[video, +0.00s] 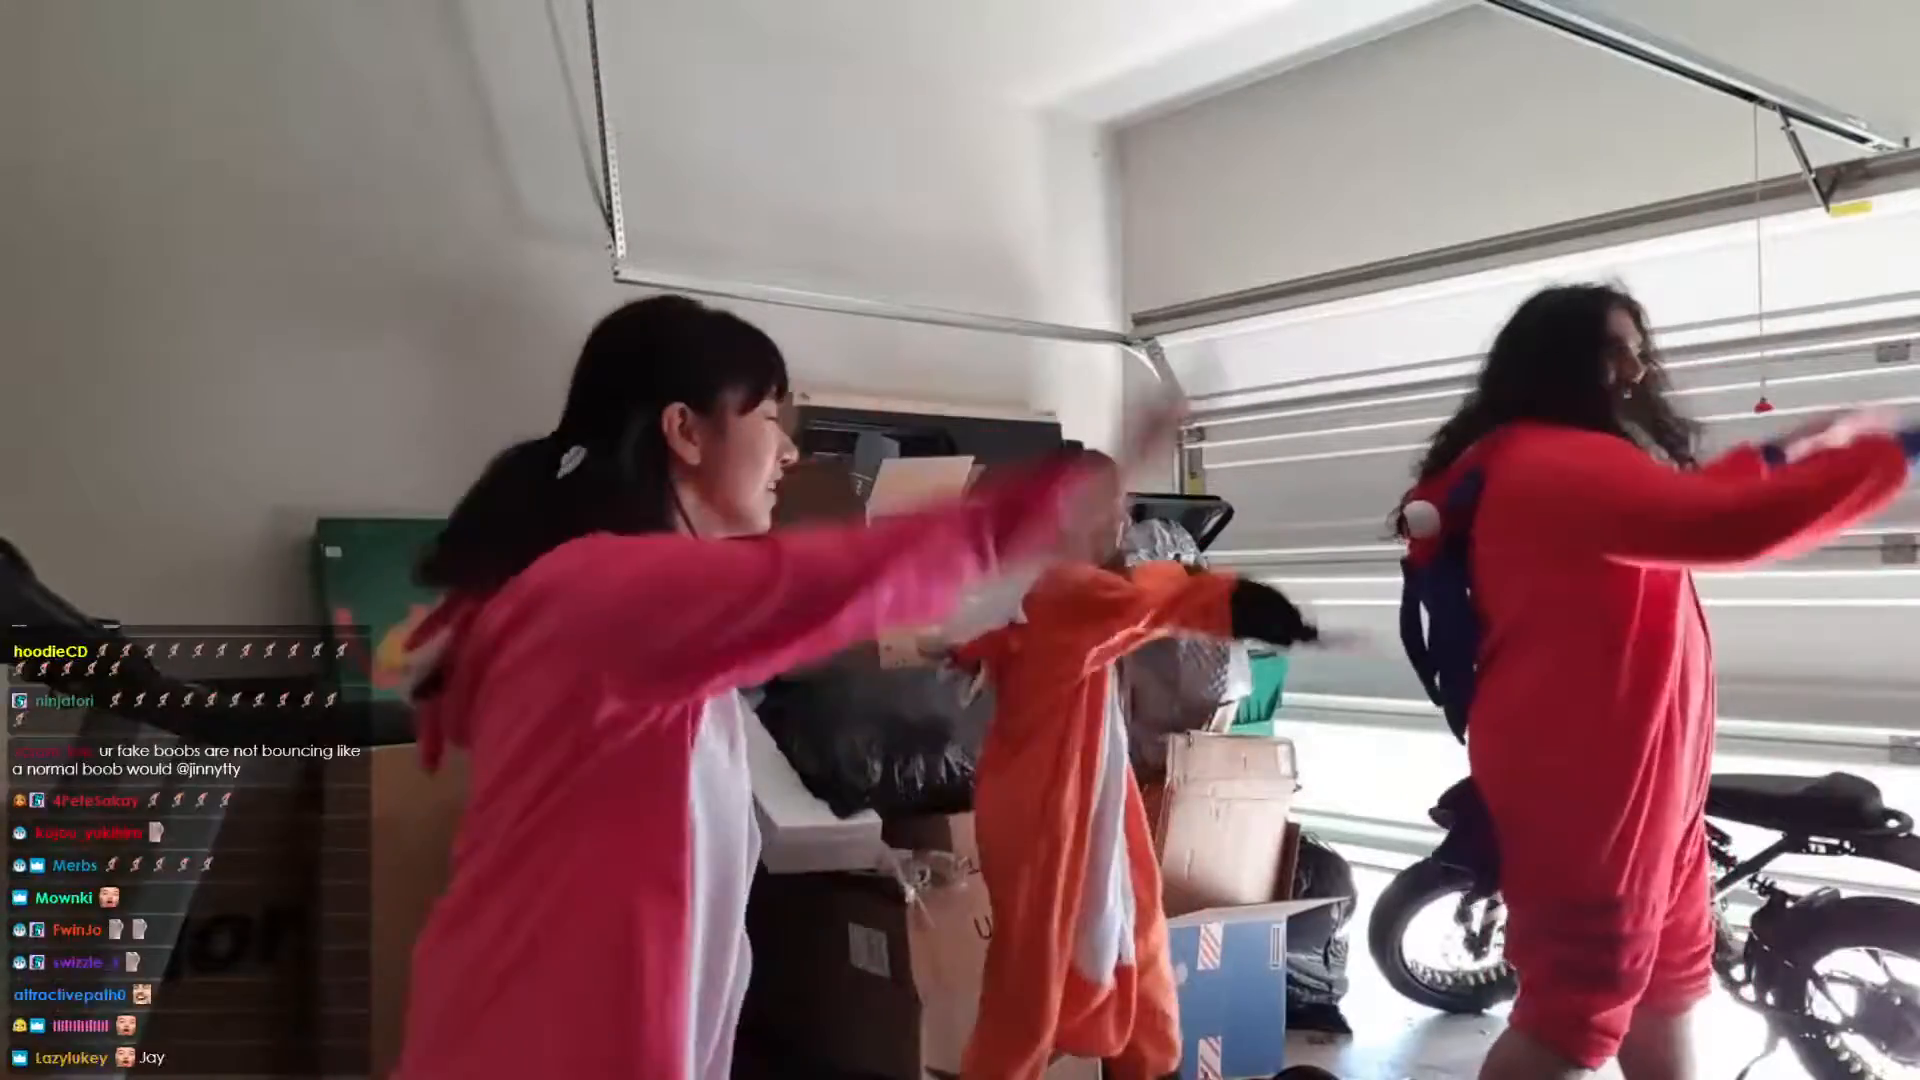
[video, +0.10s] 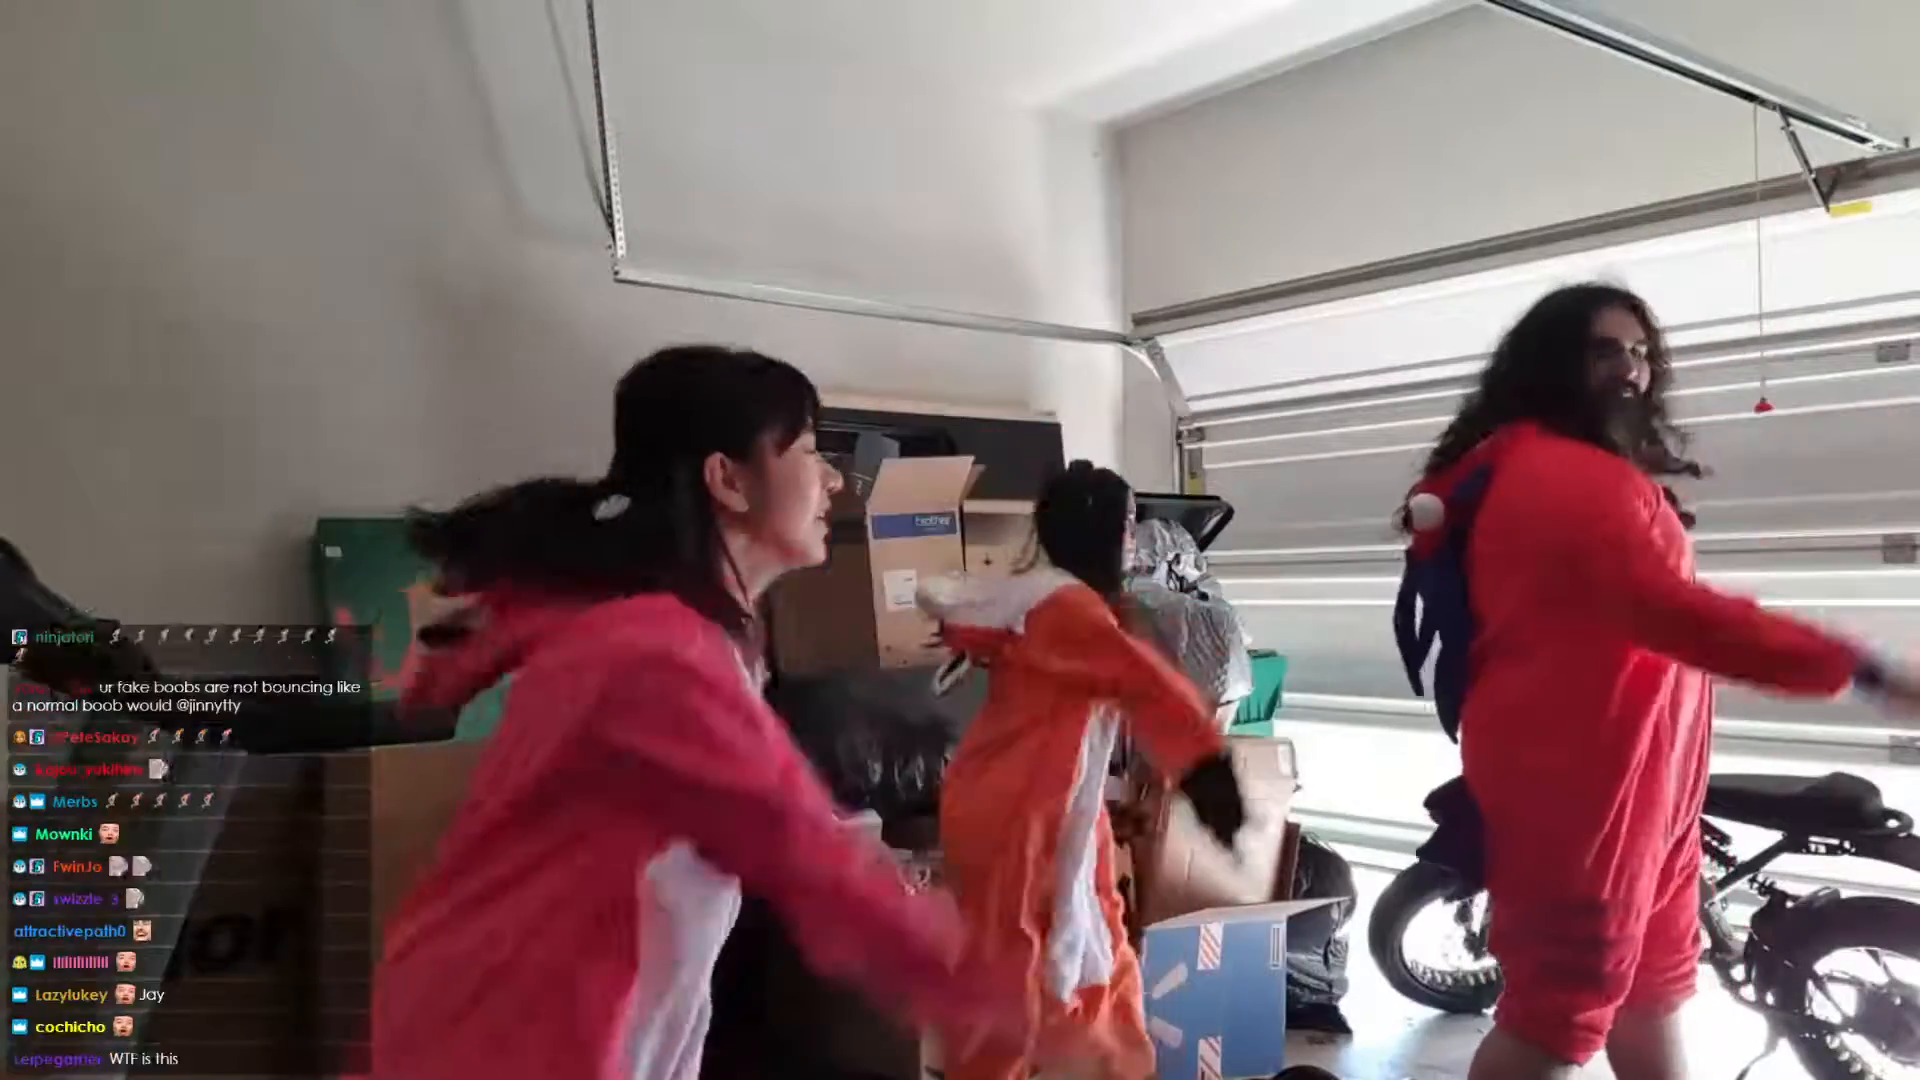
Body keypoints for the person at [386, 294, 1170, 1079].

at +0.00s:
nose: (791, 455)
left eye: (788, 425)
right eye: (773, 421)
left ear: (689, 440)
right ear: (686, 434)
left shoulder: (648, 609)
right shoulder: (592, 589)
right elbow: (867, 577)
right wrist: (1094, 480)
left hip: (634, 1043)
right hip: (552, 1049)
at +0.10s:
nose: (833, 480)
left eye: (821, 452)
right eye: (808, 450)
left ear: (731, 482)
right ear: (727, 480)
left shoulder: (692, 640)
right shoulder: (651, 651)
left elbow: (818, 849)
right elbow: (810, 861)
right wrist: (998, 995)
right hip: (510, 1042)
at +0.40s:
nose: (726, 467)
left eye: (720, 434)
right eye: (703, 429)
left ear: (624, 442)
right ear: (613, 437)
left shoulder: (586, 616)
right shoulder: (543, 622)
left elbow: (795, 758)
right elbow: (793, 716)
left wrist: (961, 716)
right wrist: (1122, 759)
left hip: (648, 1038)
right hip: (571, 1049)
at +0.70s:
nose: (735, 539)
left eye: (731, 511)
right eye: (711, 508)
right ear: (636, 505)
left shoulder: (658, 703)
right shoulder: (574, 695)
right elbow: (690, 457)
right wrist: (714, 143)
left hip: (715, 1059)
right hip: (621, 1061)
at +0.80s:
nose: (746, 463)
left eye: (743, 433)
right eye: (729, 430)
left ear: (647, 449)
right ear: (646, 447)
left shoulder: (628, 630)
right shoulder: (565, 622)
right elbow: (776, 517)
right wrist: (978, 353)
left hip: (685, 1034)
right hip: (616, 1043)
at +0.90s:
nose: (793, 449)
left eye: (786, 417)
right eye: (767, 413)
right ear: (669, 437)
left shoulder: (663, 600)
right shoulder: (600, 601)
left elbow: (854, 679)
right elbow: (837, 674)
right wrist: (1081, 686)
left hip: (652, 1036)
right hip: (562, 1042)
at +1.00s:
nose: (843, 500)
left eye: (834, 472)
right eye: (798, 476)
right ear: (704, 517)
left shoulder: (754, 686)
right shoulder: (664, 691)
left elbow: (822, 929)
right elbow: (798, 945)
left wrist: (922, 1057)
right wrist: (923, 1062)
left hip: (640, 1046)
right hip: (513, 1049)